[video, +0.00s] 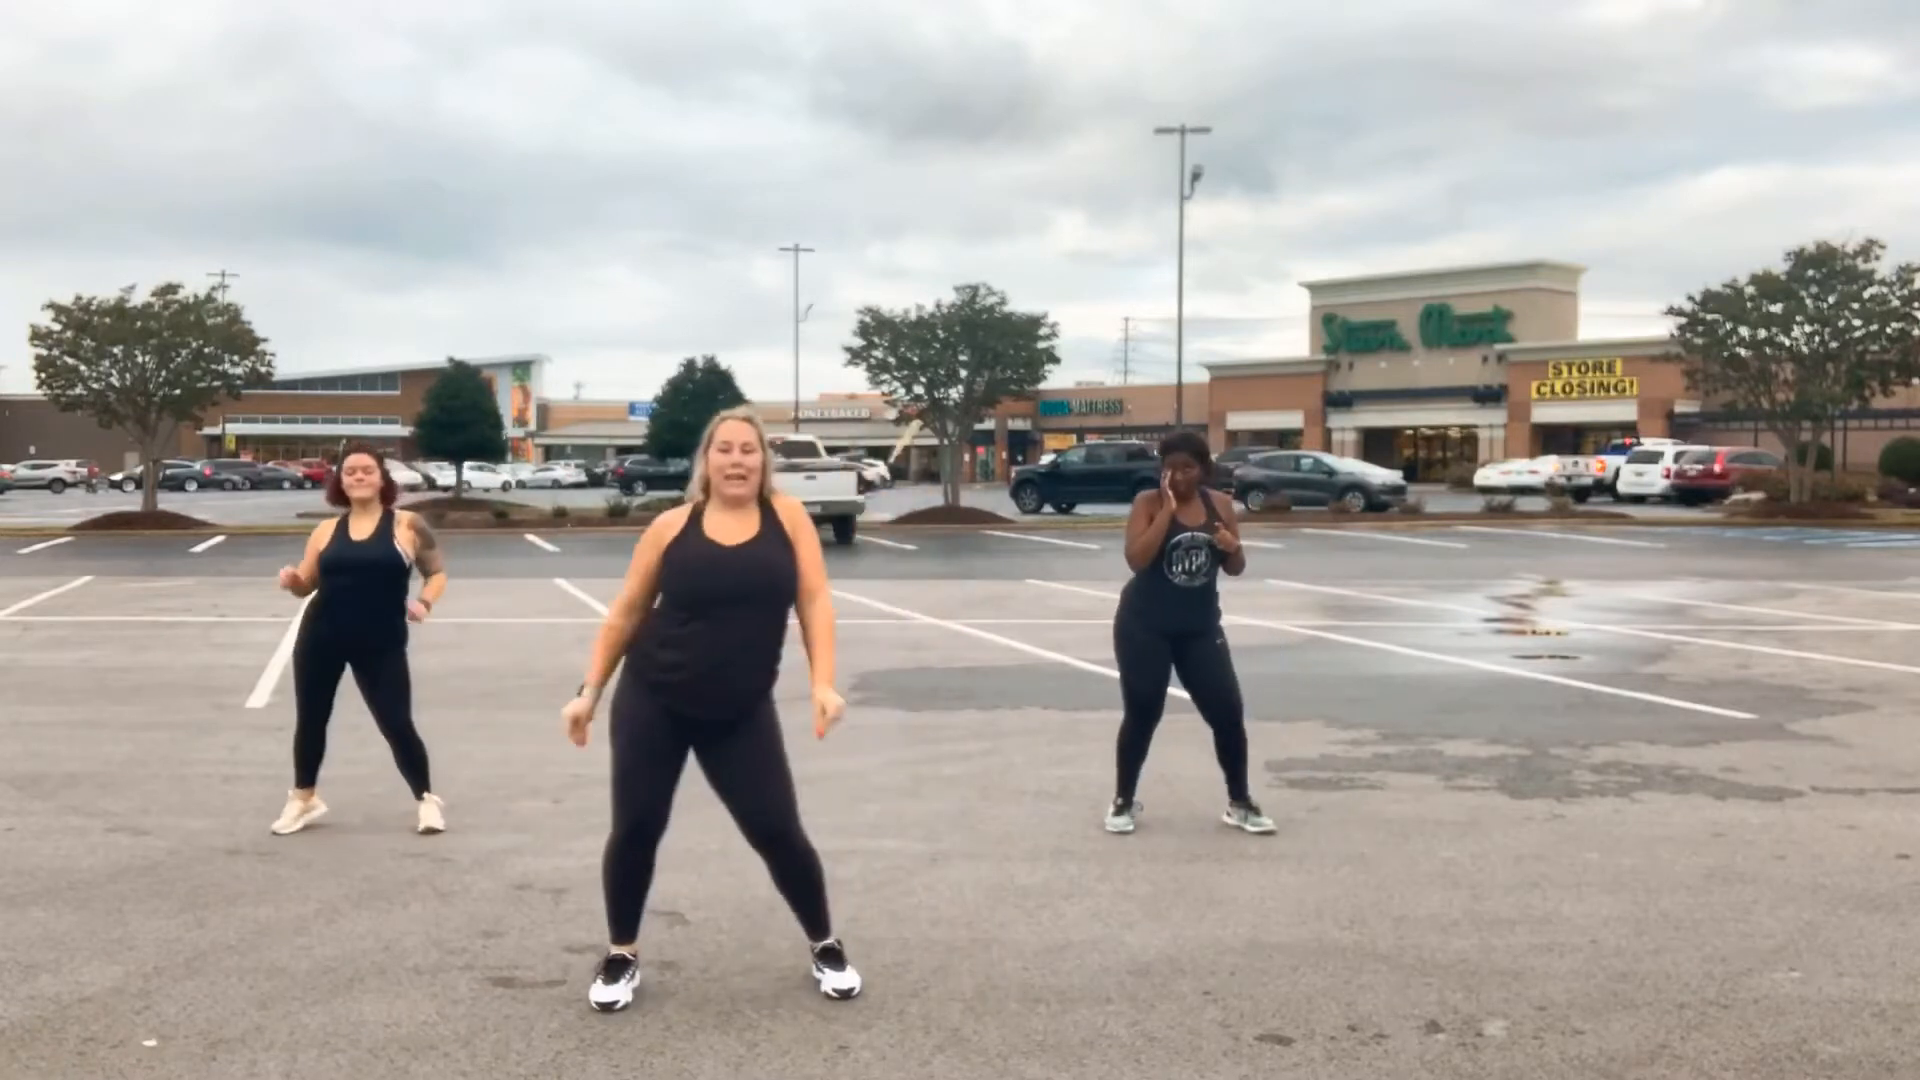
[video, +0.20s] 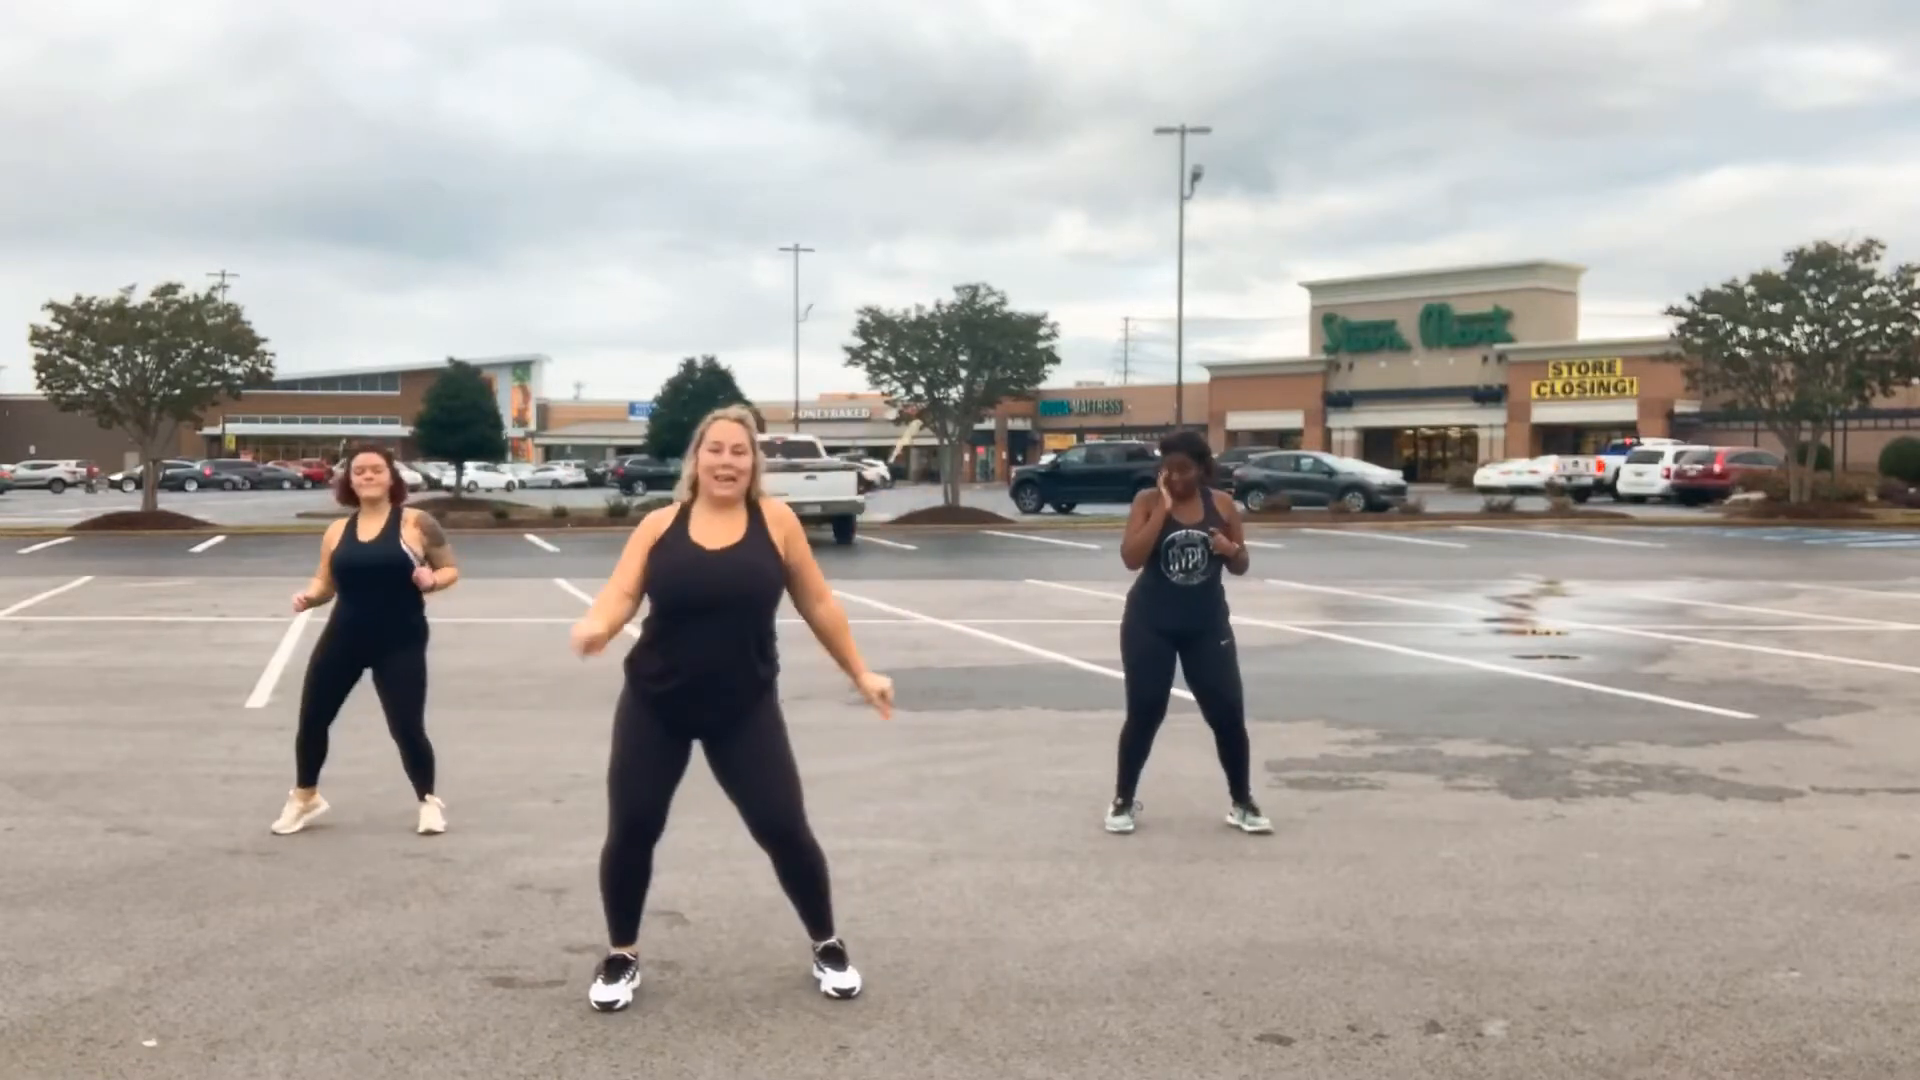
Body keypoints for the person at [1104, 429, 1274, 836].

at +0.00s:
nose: (1178, 475)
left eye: (1186, 468)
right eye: (1171, 468)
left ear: (1202, 468)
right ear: (1161, 470)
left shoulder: (1219, 503)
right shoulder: (1148, 502)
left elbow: (1235, 568)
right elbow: (1136, 558)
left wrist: (1231, 549)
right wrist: (1166, 512)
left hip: (1199, 627)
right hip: (1144, 626)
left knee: (1228, 712)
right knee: (1142, 713)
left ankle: (1240, 803)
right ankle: (1123, 802)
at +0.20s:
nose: (1173, 475)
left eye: (1182, 468)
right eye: (1168, 467)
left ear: (1202, 468)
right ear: (1160, 468)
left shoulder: (1222, 504)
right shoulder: (1148, 501)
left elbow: (1240, 565)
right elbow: (1132, 557)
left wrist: (1230, 550)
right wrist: (1162, 511)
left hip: (1206, 624)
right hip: (1150, 624)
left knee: (1229, 716)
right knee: (1145, 714)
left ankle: (1242, 803)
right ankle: (1123, 801)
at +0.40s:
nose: (1179, 476)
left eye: (1187, 469)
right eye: (1174, 469)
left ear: (1209, 469)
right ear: (1168, 469)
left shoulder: (1230, 503)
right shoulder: (1155, 503)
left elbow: (1255, 565)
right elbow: (1139, 558)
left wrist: (1240, 548)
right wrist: (1168, 508)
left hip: (1222, 625)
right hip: (1166, 625)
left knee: (1234, 718)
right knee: (1154, 716)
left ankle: (1243, 804)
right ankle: (1124, 802)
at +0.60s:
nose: (1183, 478)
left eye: (1191, 471)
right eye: (1179, 471)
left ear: (1214, 471)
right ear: (1174, 470)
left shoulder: (1235, 505)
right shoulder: (1160, 504)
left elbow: (1261, 567)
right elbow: (1144, 560)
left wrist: (1244, 551)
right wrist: (1173, 514)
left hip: (1233, 630)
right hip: (1176, 630)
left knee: (1241, 721)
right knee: (1156, 717)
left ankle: (1243, 803)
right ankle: (1124, 799)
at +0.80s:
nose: (1182, 477)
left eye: (1190, 470)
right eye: (1177, 470)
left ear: (1213, 469)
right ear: (1172, 470)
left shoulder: (1235, 503)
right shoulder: (1159, 504)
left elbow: (1257, 565)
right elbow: (1147, 560)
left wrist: (1243, 548)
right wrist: (1177, 513)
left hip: (1227, 627)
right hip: (1172, 627)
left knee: (1241, 718)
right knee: (1160, 714)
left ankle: (1243, 802)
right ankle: (1123, 798)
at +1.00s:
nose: (1175, 476)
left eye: (1183, 469)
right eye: (1170, 469)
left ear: (1204, 468)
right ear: (1164, 469)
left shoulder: (1224, 502)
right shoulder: (1153, 502)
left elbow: (1243, 564)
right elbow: (1141, 558)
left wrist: (1237, 549)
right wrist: (1170, 512)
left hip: (1210, 626)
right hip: (1156, 626)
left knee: (1235, 715)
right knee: (1148, 715)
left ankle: (1242, 802)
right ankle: (1122, 799)